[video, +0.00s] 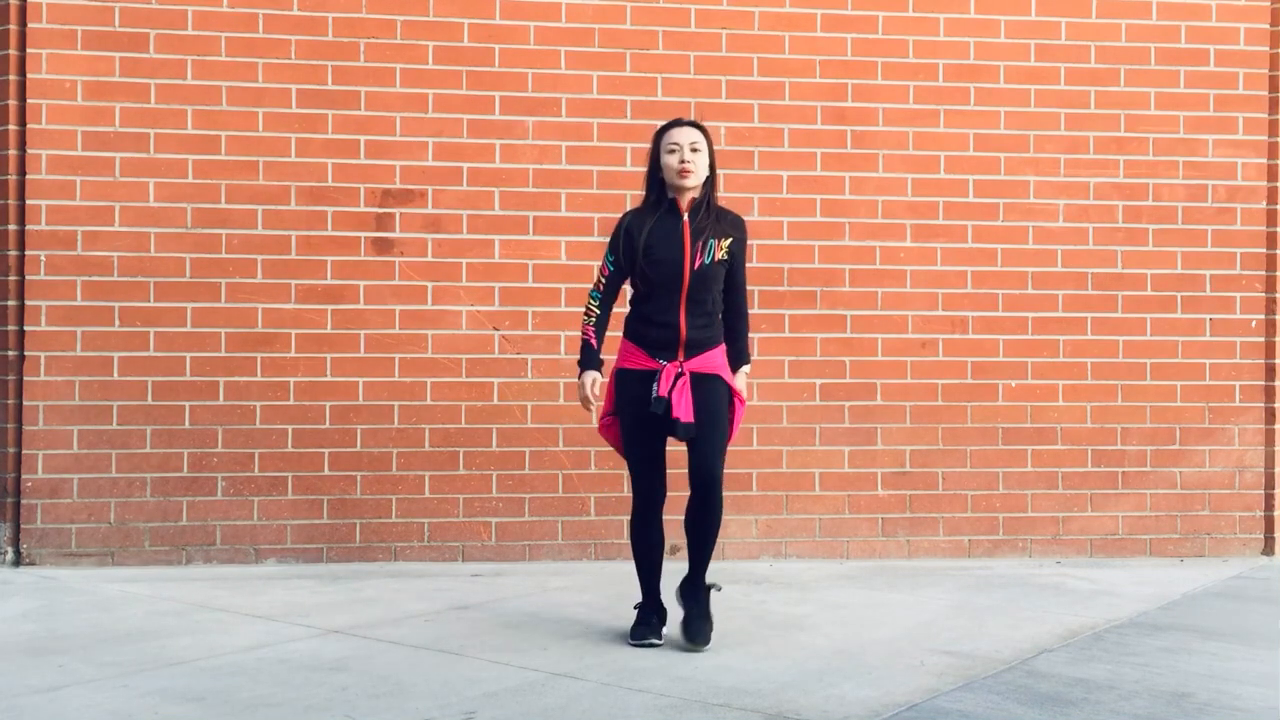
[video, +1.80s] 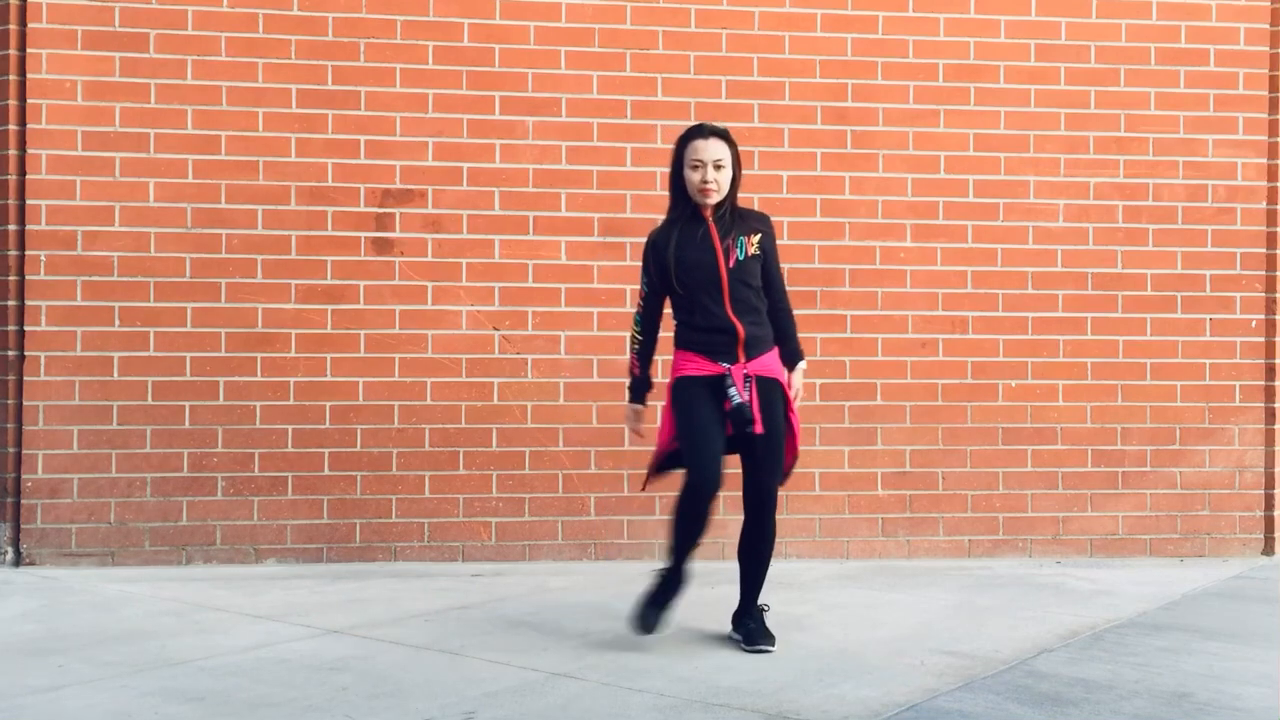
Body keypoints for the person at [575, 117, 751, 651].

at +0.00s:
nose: (685, 158)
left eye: (694, 149)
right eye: (674, 150)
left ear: (710, 161)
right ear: (658, 162)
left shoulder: (729, 227)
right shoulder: (635, 224)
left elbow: (735, 299)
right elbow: (602, 294)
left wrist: (741, 362)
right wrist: (589, 361)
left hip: (708, 367)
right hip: (642, 367)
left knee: (709, 482)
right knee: (648, 493)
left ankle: (696, 587)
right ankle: (650, 604)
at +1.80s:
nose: (707, 176)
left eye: (718, 166)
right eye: (696, 166)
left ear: (733, 171)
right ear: (680, 172)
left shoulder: (755, 225)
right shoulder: (665, 240)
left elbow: (776, 298)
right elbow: (647, 316)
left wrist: (794, 361)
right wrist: (638, 388)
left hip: (760, 370)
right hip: (697, 372)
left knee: (762, 496)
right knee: (704, 477)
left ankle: (749, 609)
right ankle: (672, 576)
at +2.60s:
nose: (696, 168)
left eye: (706, 158)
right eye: (684, 160)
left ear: (723, 165)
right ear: (669, 169)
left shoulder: (741, 234)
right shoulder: (649, 228)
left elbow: (752, 303)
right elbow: (623, 295)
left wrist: (768, 363)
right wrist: (602, 360)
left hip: (707, 377)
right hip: (641, 374)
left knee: (725, 499)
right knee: (614, 494)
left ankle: (747, 611)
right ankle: (598, 603)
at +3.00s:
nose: (655, 175)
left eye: (666, 165)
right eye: (644, 165)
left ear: (682, 172)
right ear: (629, 172)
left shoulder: (694, 239)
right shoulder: (606, 221)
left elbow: (657, 305)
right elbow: (599, 288)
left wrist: (608, 346)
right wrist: (639, 318)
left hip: (642, 368)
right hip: (586, 360)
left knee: (599, 487)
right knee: (584, 490)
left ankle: (534, 603)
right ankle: (599, 605)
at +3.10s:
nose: (653, 182)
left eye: (663, 172)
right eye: (641, 172)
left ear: (678, 179)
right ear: (626, 179)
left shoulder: (692, 243)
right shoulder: (603, 228)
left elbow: (657, 304)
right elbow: (600, 292)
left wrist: (602, 344)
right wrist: (637, 326)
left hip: (637, 375)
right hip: (581, 366)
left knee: (585, 494)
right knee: (578, 496)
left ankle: (531, 620)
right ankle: (598, 605)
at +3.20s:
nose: (651, 177)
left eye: (662, 168)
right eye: (640, 168)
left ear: (678, 175)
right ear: (625, 174)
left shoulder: (692, 240)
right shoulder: (601, 225)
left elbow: (668, 319)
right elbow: (585, 284)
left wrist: (617, 347)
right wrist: (636, 311)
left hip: (645, 371)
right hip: (586, 364)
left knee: (611, 483)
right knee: (581, 487)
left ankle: (554, 603)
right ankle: (598, 606)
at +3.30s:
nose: (655, 165)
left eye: (665, 156)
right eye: (644, 156)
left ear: (680, 166)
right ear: (628, 166)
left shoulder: (696, 235)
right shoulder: (601, 223)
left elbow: (719, 310)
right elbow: (558, 285)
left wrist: (676, 338)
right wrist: (609, 293)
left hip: (657, 368)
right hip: (594, 365)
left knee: (650, 453)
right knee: (589, 485)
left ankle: (623, 570)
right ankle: (597, 601)